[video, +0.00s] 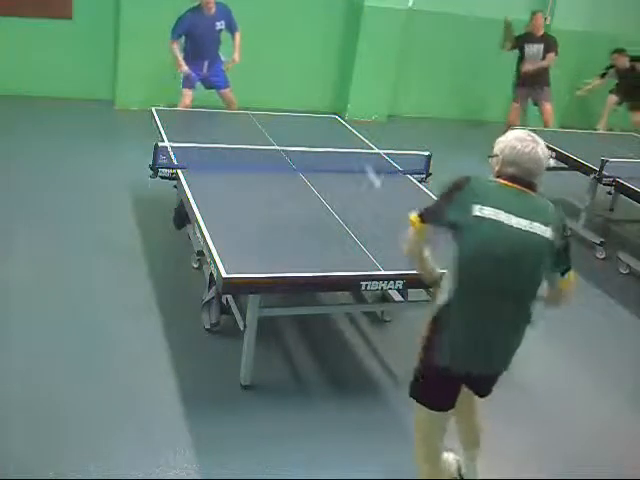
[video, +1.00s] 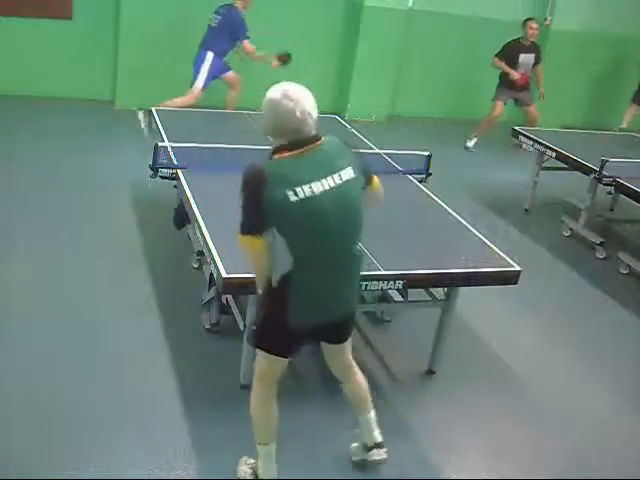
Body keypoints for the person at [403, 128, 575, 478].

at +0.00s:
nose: (491, 161)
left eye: (494, 157)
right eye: (493, 156)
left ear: (497, 163)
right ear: (539, 173)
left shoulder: (469, 190)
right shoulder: (551, 216)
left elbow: (414, 235)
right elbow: (562, 291)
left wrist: (428, 273)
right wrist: (536, 294)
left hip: (458, 326)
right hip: (506, 334)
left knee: (429, 420)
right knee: (467, 396)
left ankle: (431, 473)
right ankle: (470, 468)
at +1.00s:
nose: (261, 120)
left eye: (264, 116)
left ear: (269, 126)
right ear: (312, 119)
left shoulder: (262, 177)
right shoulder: (339, 151)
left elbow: (254, 246)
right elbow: (375, 195)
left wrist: (264, 289)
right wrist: (330, 187)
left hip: (295, 297)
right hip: (344, 289)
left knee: (264, 383)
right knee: (345, 365)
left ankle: (266, 469)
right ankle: (374, 441)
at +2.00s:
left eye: (375, 111)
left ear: (377, 118)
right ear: (422, 123)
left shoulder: (352, 155)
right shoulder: (439, 167)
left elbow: (325, 237)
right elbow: (456, 243)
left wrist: (329, 271)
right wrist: (426, 265)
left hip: (347, 294)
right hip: (398, 300)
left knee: (302, 385)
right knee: (380, 389)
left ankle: (271, 464)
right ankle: (362, 462)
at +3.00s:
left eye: (390, 144)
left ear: (392, 153)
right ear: (442, 150)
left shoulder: (371, 201)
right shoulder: (470, 199)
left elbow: (342, 287)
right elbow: (493, 289)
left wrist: (345, 325)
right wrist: (463, 309)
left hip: (376, 342)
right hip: (432, 342)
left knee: (364, 446)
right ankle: (379, 447)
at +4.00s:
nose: (453, 142)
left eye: (455, 138)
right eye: (455, 137)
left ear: (461, 145)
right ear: (506, 150)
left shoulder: (441, 185)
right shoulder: (524, 195)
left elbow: (414, 262)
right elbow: (535, 273)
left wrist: (398, 303)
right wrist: (494, 282)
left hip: (426, 327)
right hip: (478, 332)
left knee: (373, 417)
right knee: (465, 410)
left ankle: (351, 473)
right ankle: (462, 473)